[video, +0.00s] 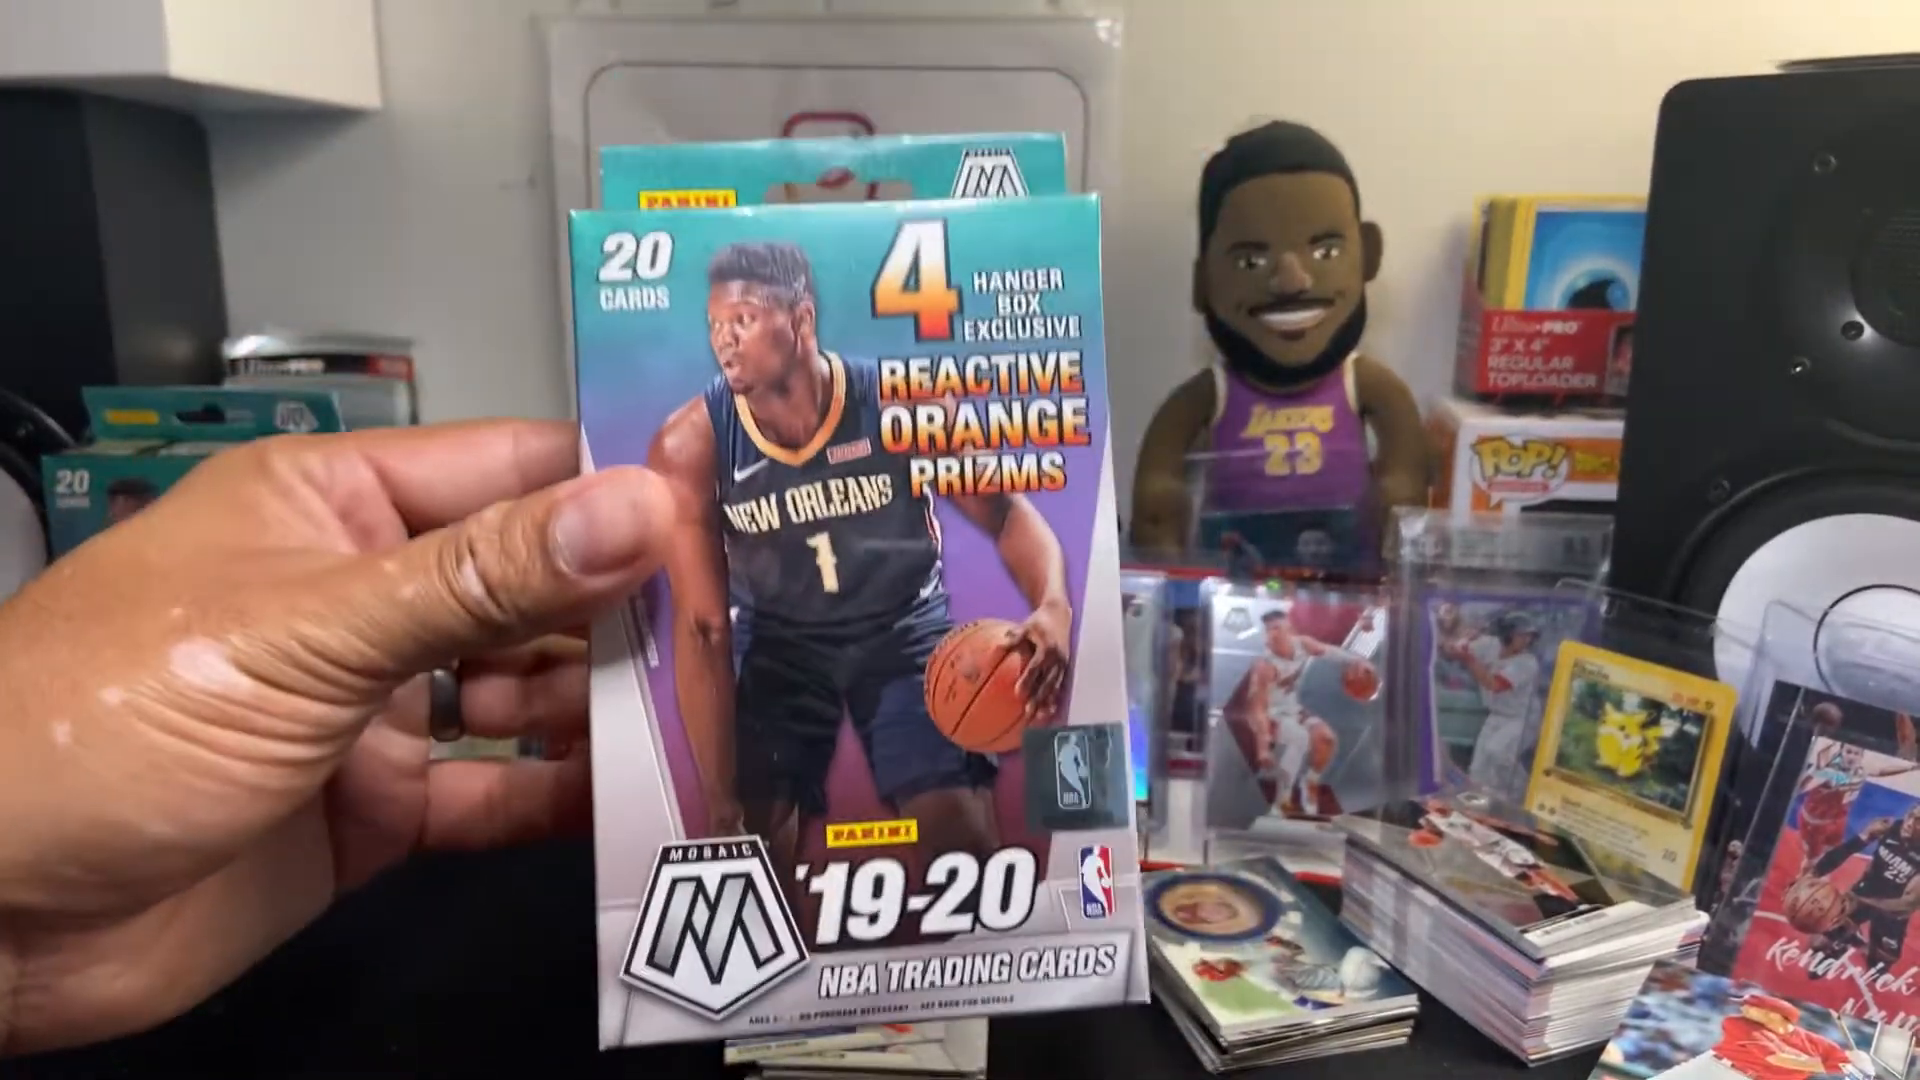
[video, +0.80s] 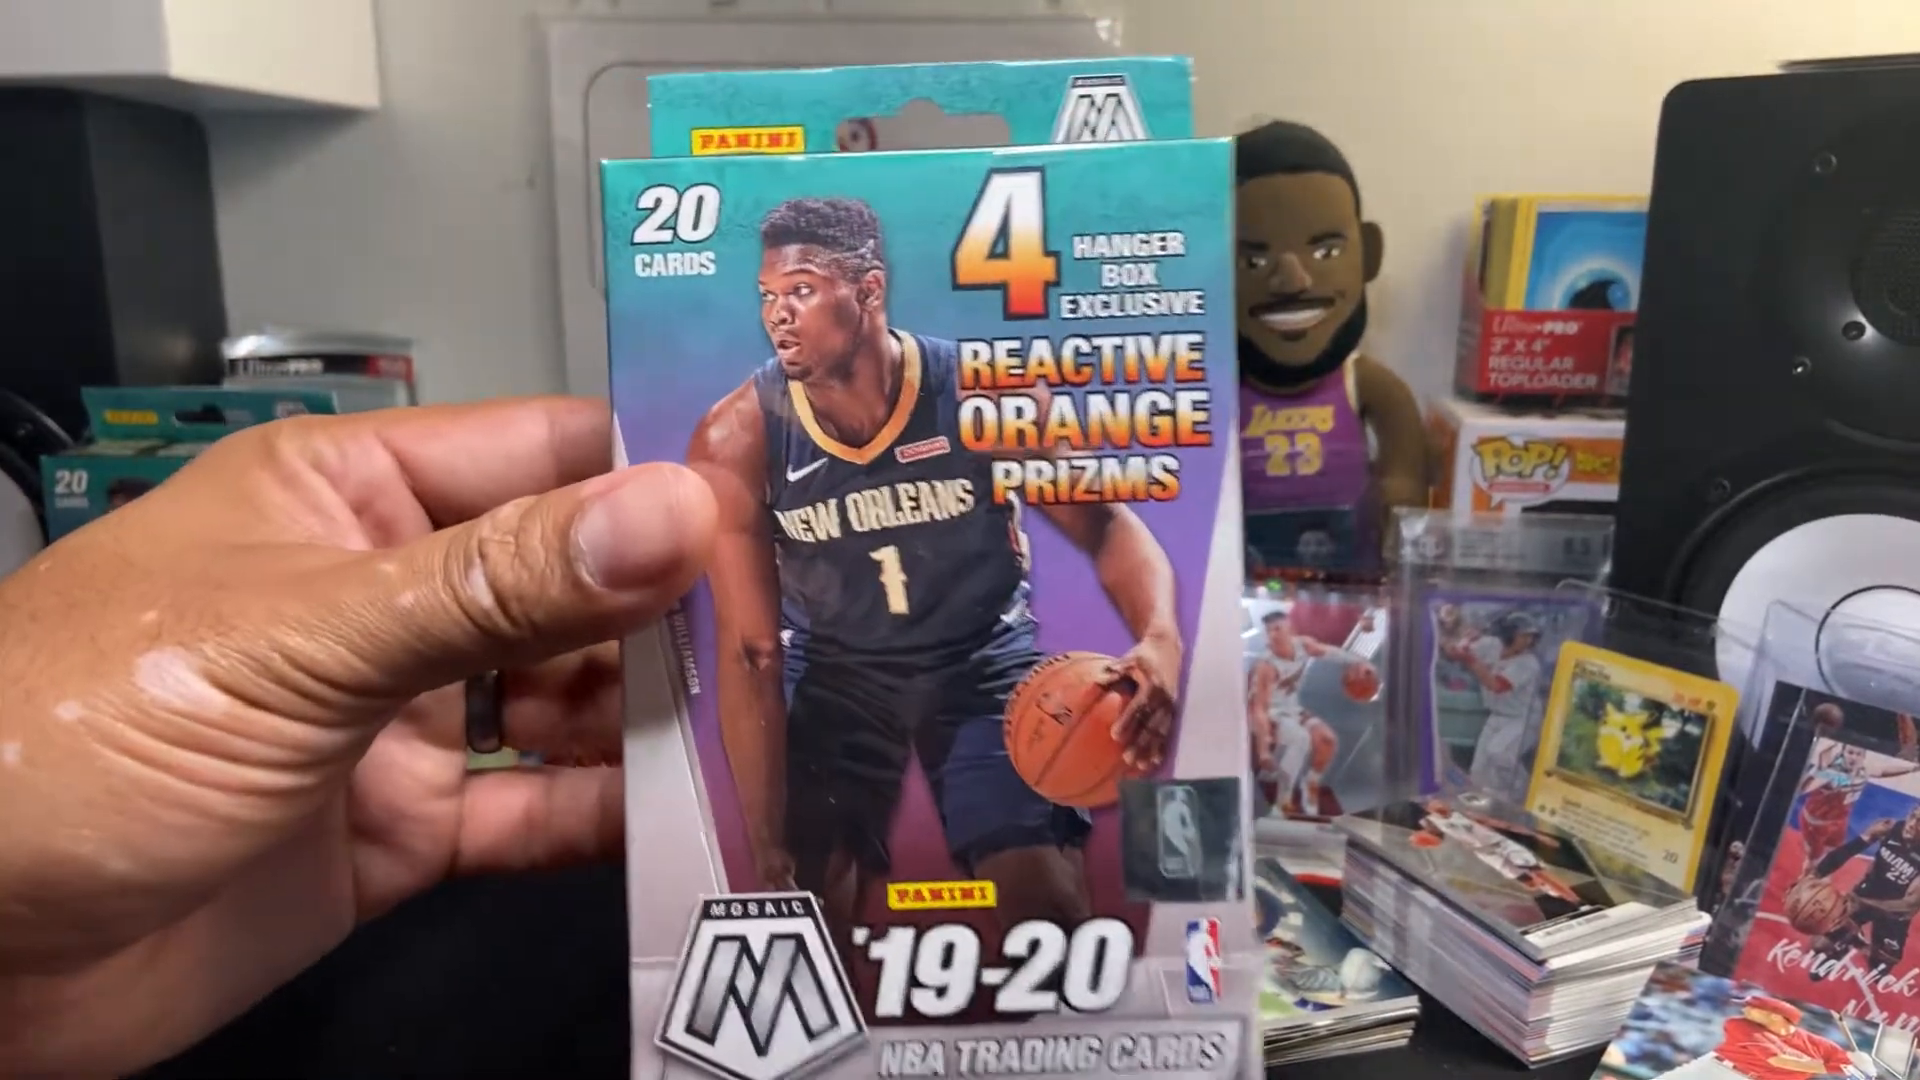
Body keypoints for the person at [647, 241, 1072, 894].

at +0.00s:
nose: (725, 342)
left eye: (743, 320)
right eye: (716, 326)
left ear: (802, 320)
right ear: (710, 334)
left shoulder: (897, 403)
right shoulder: (692, 444)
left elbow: (1004, 514)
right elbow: (702, 630)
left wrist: (1054, 606)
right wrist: (718, 799)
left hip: (907, 637)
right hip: (783, 651)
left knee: (954, 831)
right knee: (756, 843)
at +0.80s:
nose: (776, 316)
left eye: (799, 292)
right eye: (768, 296)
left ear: (870, 290)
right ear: (760, 304)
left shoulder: (980, 393)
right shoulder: (739, 437)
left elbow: (1104, 525)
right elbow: (751, 654)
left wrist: (1162, 638)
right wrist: (765, 854)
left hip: (985, 662)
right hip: (839, 674)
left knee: (1043, 902)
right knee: (806, 903)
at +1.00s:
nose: (828, 306)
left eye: (854, 282)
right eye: (819, 283)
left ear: (922, 290)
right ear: (806, 292)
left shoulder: (1028, 406)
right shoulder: (780, 427)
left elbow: (1157, 557)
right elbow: (767, 655)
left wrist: (1202, 680)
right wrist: (767, 858)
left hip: (1008, 695)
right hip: (865, 698)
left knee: (1054, 907)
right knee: (837, 913)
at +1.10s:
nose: (720, 282)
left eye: (742, 260)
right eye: (715, 263)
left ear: (803, 263)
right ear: (708, 272)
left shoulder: (893, 358)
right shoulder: (686, 385)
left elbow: (1002, 473)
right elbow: (686, 580)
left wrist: (1042, 577)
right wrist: (690, 761)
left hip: (886, 600)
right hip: (768, 607)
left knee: (926, 769)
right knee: (757, 787)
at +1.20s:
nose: (666, 296)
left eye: (684, 277)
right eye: (660, 281)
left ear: (738, 280)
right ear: (653, 288)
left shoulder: (819, 360)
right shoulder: (637, 386)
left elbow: (912, 461)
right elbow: (640, 553)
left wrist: (948, 544)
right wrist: (653, 702)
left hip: (819, 564)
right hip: (714, 572)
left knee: (859, 717)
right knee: (704, 733)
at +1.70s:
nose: (729, 306)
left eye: (752, 284)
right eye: (723, 289)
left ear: (814, 285)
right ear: (714, 299)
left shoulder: (905, 381)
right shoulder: (693, 412)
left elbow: (1011, 494)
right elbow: (697, 605)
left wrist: (1056, 598)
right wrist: (706, 783)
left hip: (905, 623)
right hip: (780, 632)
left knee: (943, 795)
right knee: (764, 811)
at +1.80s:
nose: (785, 279)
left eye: (809, 255)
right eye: (777, 259)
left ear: (883, 254)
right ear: (767, 268)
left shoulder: (990, 364)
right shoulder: (744, 401)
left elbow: (1119, 501)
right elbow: (746, 627)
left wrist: (1174, 620)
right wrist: (757, 839)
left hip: (989, 649)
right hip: (840, 659)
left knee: (1033, 865)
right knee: (820, 883)